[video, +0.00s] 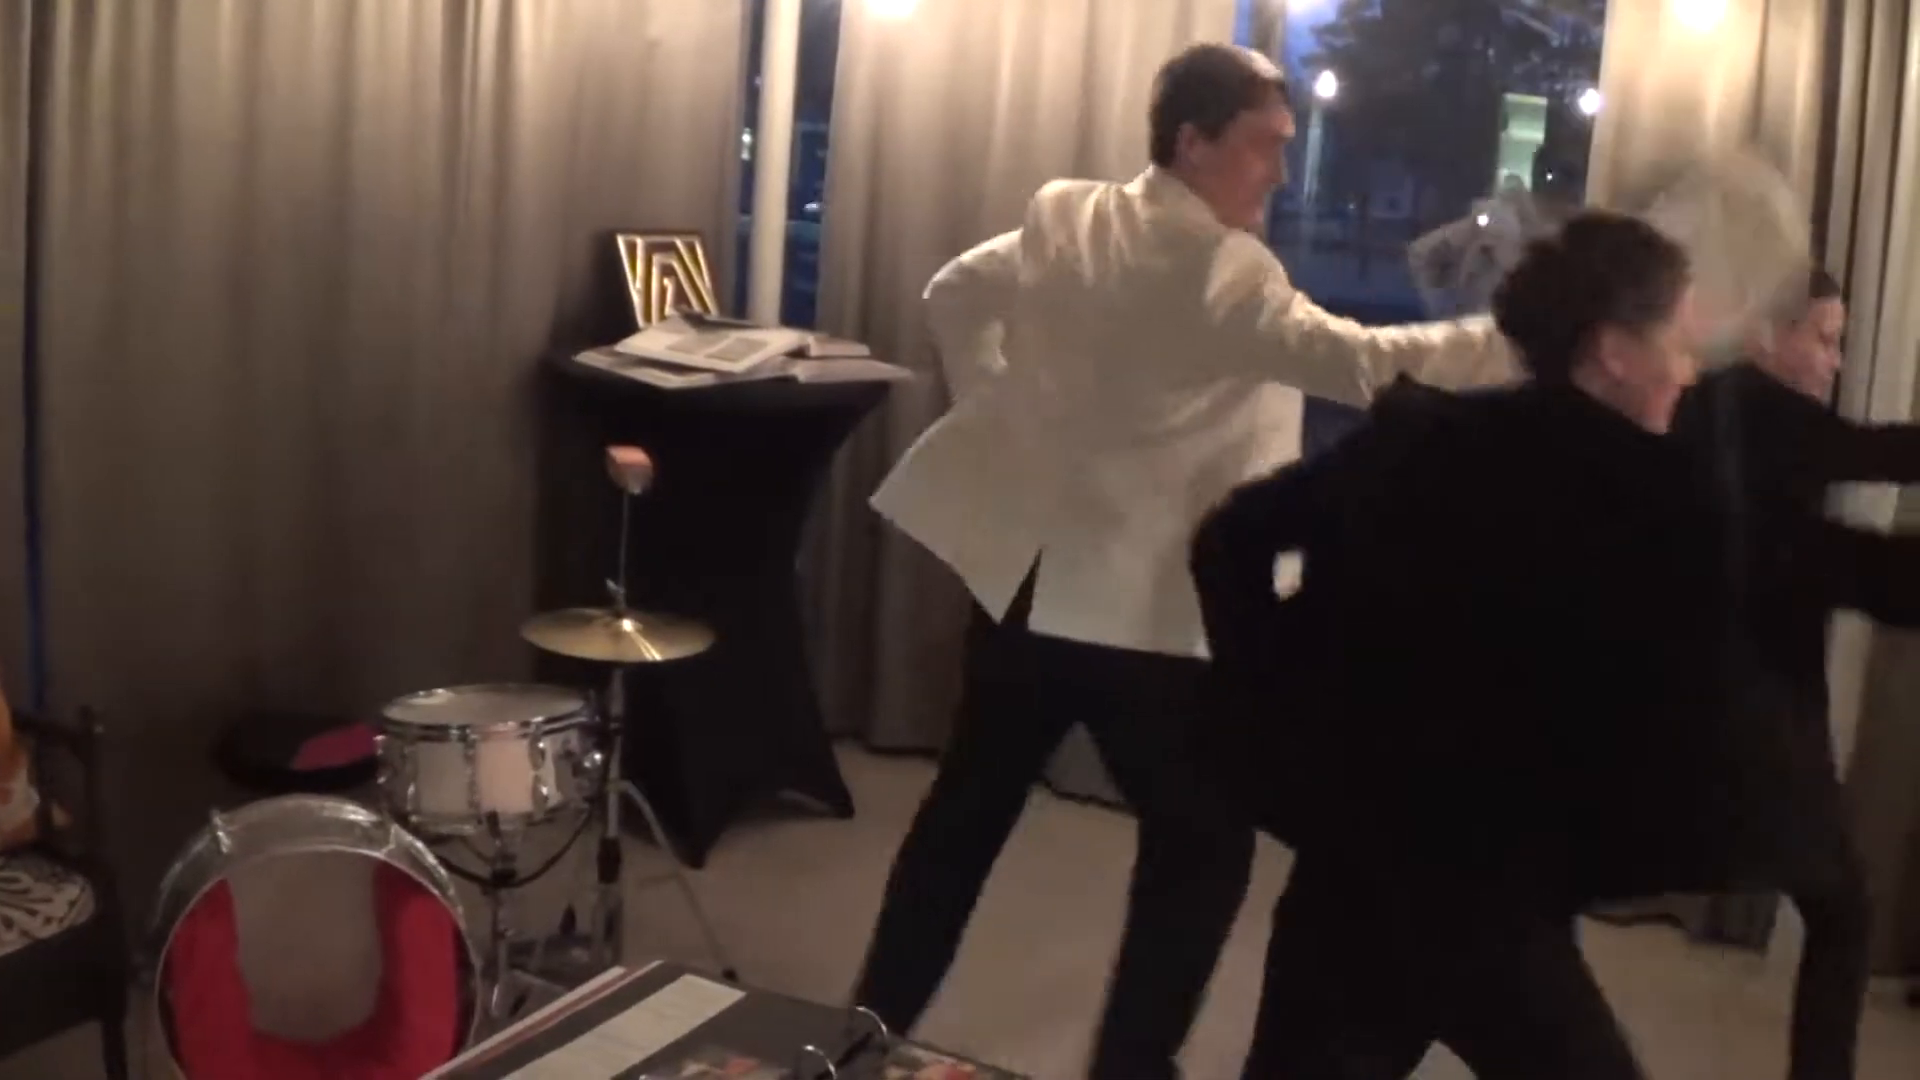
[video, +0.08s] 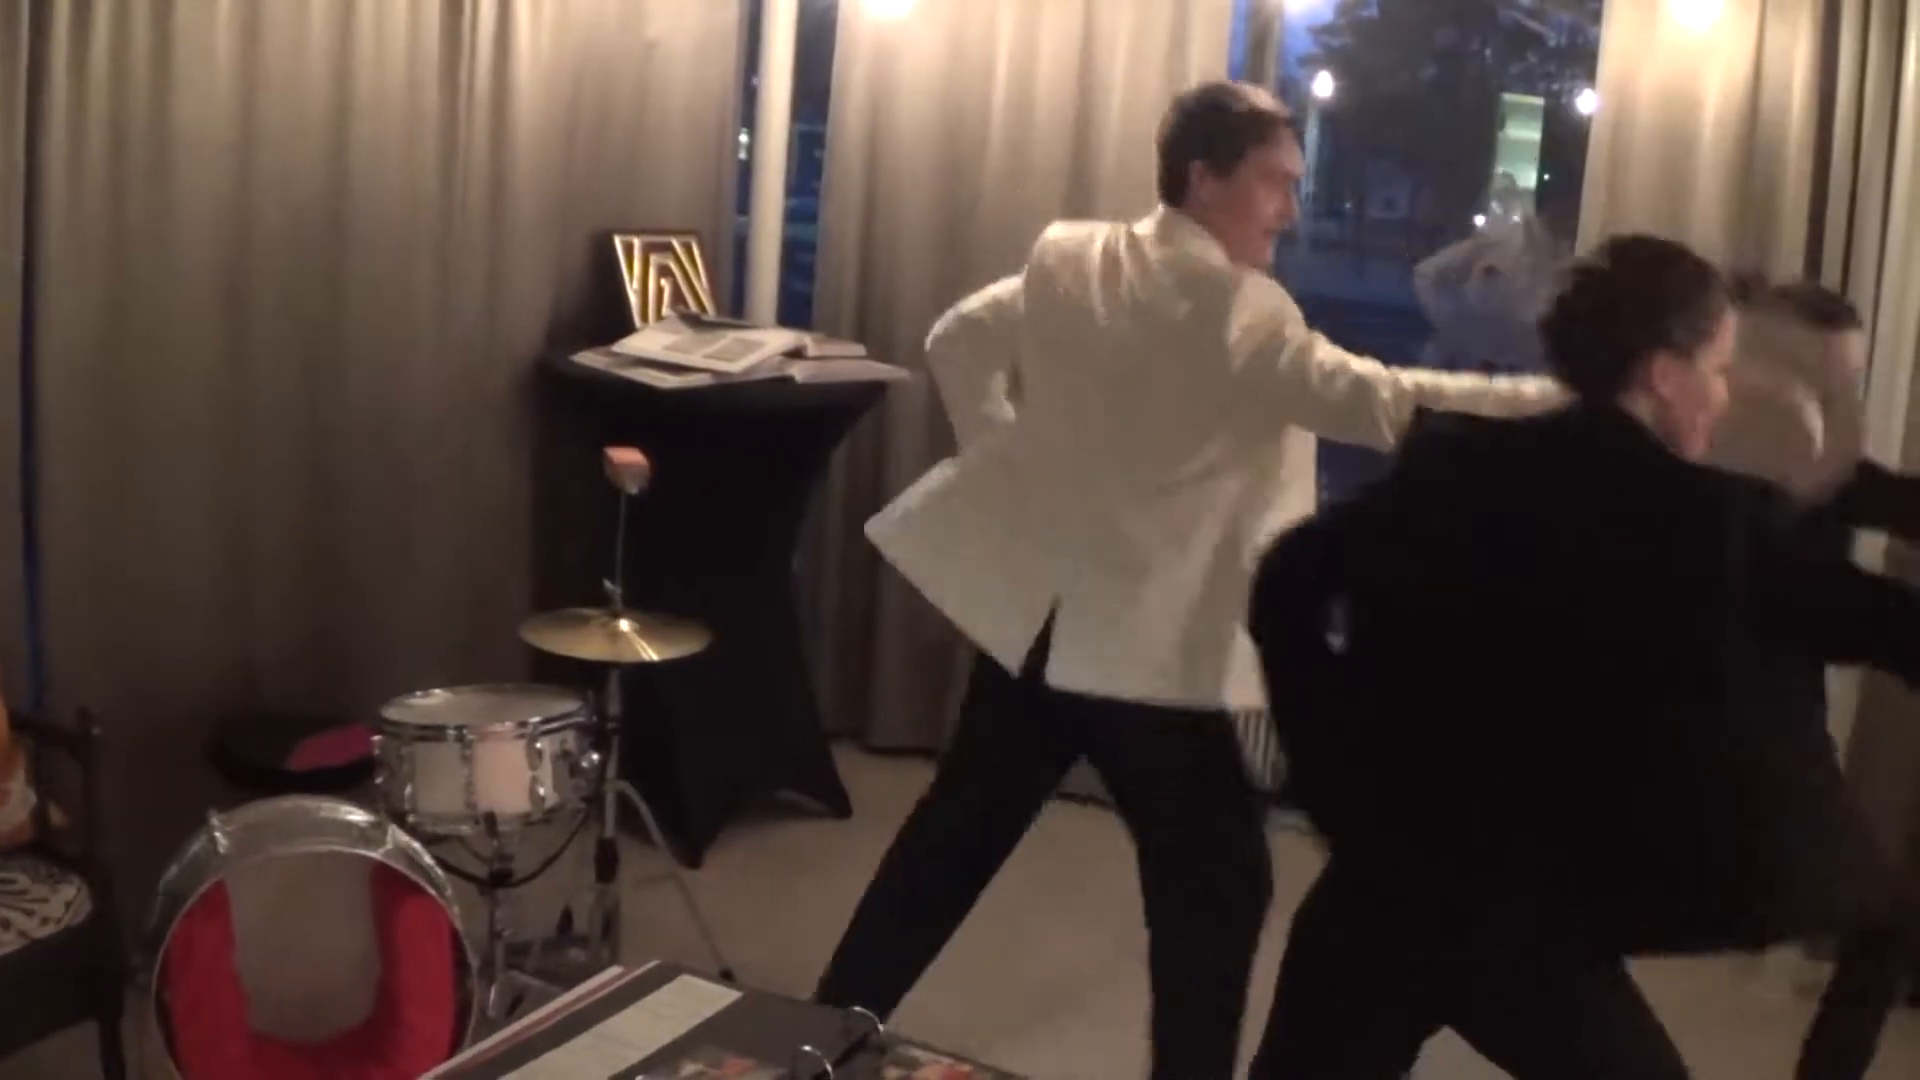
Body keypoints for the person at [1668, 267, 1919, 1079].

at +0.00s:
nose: (1835, 358)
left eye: (1838, 340)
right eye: (1825, 339)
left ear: (1778, 341)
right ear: (1776, 336)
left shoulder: (1713, 405)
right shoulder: (1777, 416)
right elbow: (1877, 451)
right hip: (1762, 725)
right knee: (1839, 912)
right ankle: (1821, 1068)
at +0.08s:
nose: (1728, 396)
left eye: (1729, 369)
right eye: (1720, 366)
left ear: (1583, 362)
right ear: (1658, 371)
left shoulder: (1446, 473)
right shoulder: (1724, 523)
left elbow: (1286, 581)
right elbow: (1896, 626)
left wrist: (1336, 787)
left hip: (1372, 900)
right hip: (1533, 930)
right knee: (1647, 1072)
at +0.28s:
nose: (1792, 443)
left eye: (1797, 419)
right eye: (1790, 417)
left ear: (1649, 395)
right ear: (1738, 414)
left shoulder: (1521, 496)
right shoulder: (1785, 557)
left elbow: (1369, 626)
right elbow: (1898, 649)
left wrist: (1398, 813)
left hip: (1414, 935)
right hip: (1589, 975)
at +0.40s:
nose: (1803, 453)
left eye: (1809, 429)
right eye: (1803, 428)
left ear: (1658, 405)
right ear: (1754, 430)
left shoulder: (1531, 509)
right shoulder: (1800, 570)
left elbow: (1374, 644)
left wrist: (1406, 833)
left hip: (1421, 943)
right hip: (1601, 987)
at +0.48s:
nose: (1799, 457)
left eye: (1806, 433)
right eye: (1800, 431)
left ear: (1654, 406)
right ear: (1753, 430)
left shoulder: (1525, 513)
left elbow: (1364, 651)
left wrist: (1408, 838)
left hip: (1424, 946)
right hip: (1603, 990)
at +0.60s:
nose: (1773, 441)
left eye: (1775, 414)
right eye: (1769, 414)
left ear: (1625, 400)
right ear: (1722, 418)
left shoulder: (1493, 509)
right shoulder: (1775, 554)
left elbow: (1318, 646)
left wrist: (1387, 826)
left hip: (1414, 940)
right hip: (1587, 975)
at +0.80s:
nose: (1677, 383)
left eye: (1680, 358)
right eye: (1670, 358)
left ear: (1520, 351)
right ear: (1607, 362)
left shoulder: (1390, 467)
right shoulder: (1684, 487)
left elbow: (1209, 604)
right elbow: (1889, 476)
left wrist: (1307, 776)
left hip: (1346, 898)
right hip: (1518, 926)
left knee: (1214, 1065)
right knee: (1610, 1062)